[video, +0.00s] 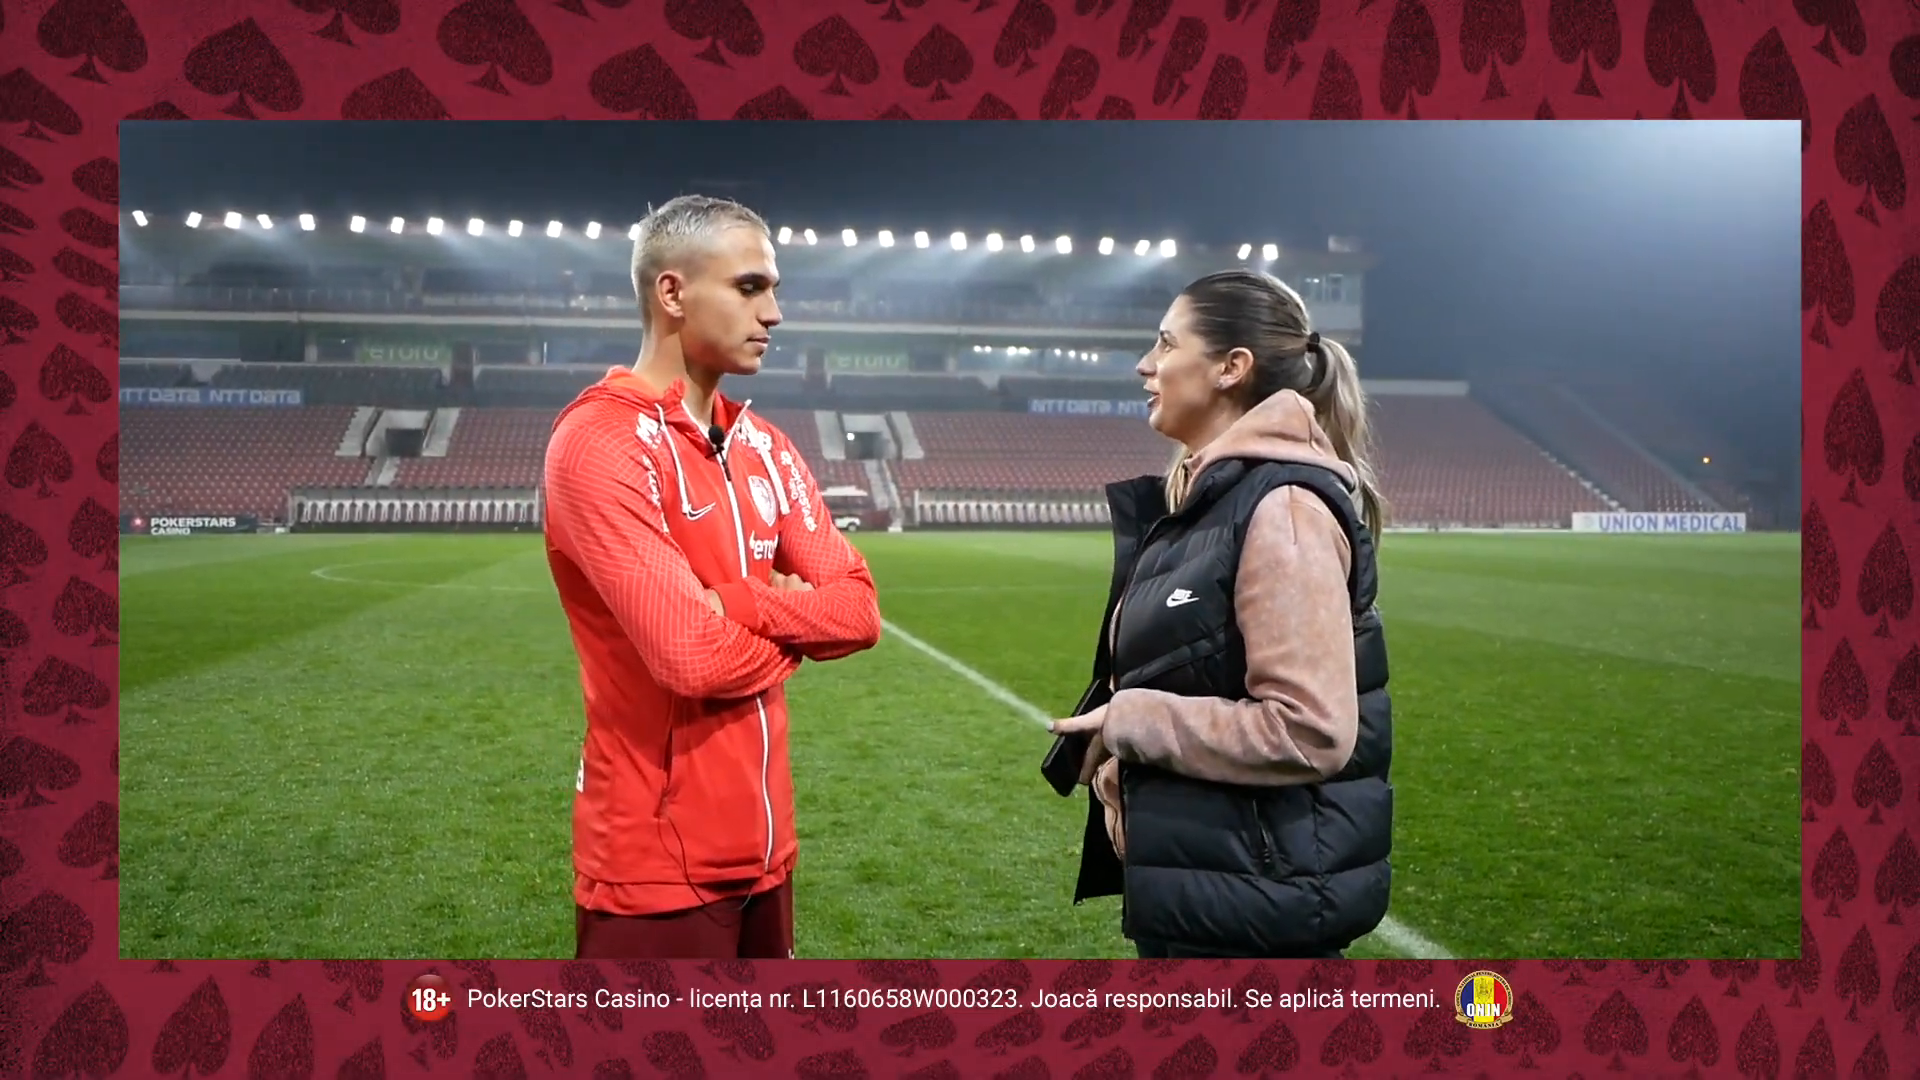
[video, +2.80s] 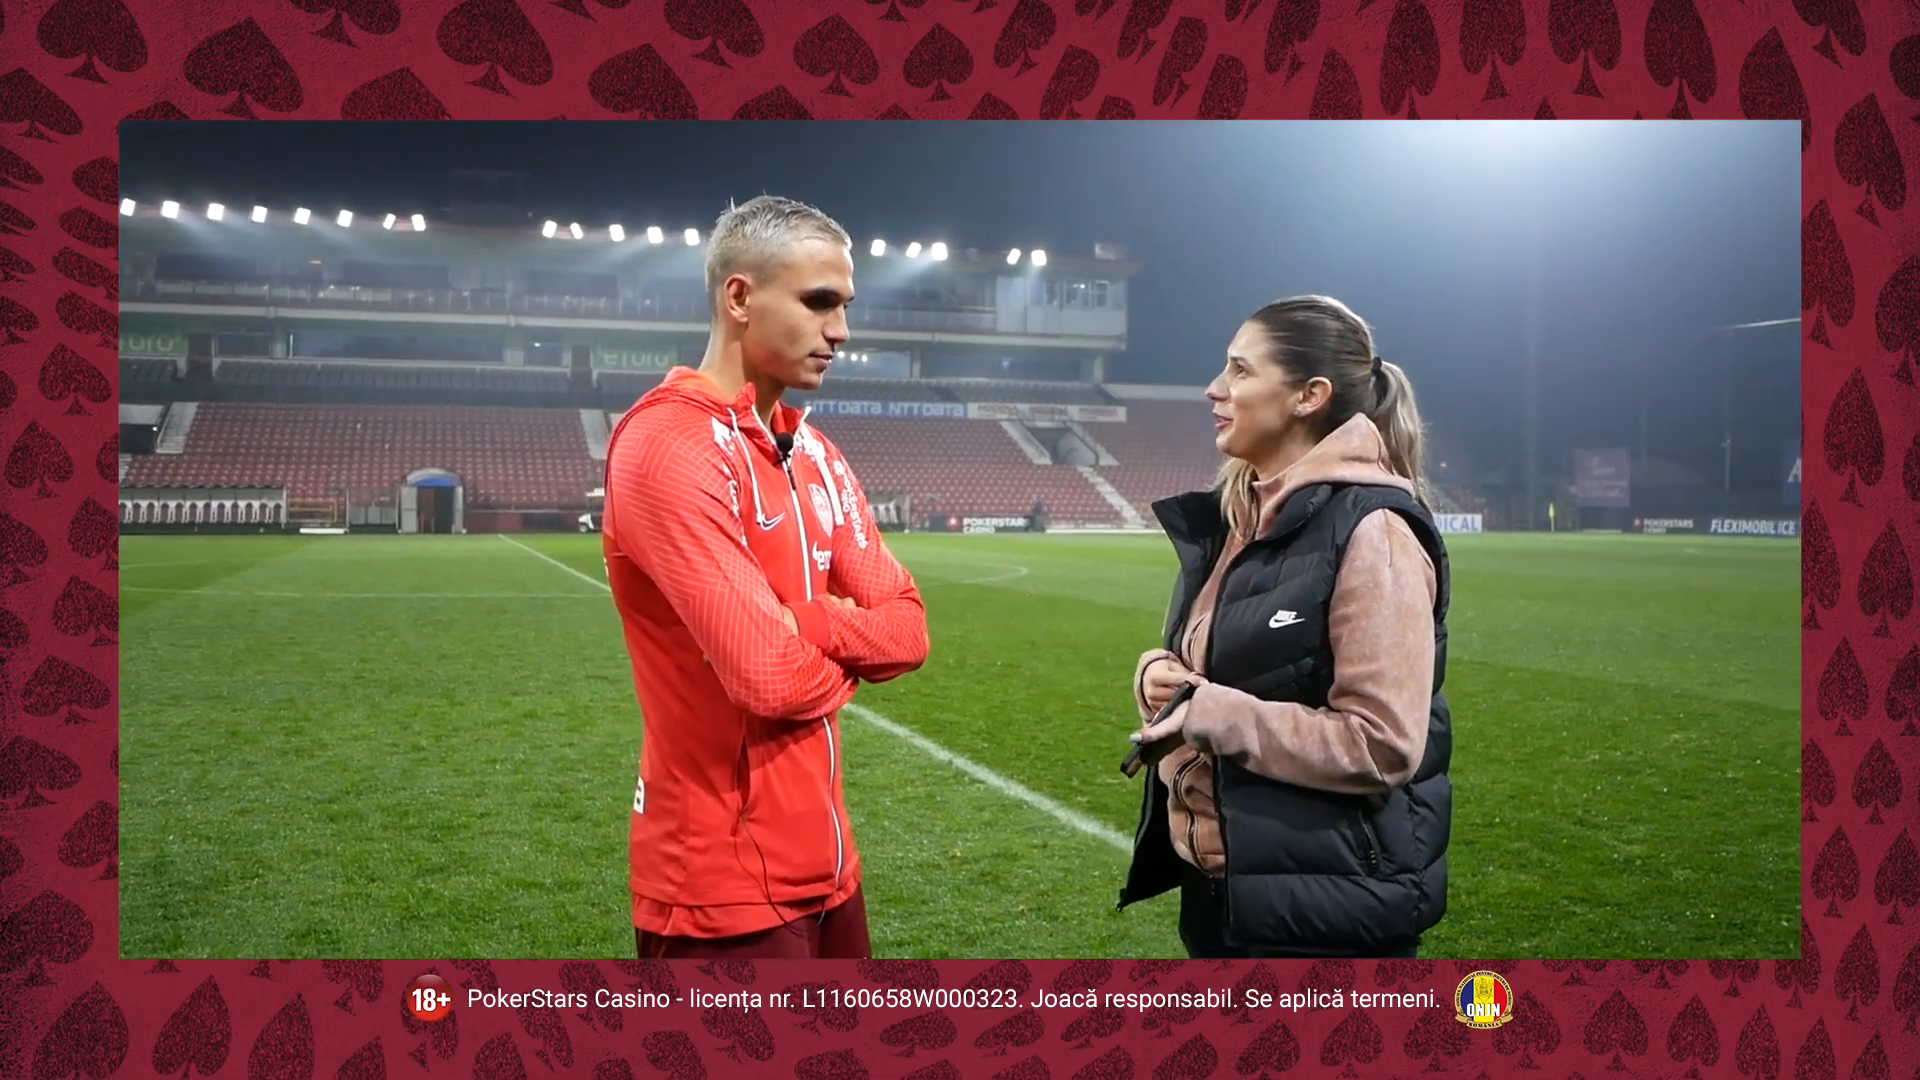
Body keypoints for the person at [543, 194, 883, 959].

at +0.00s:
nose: (774, 313)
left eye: (772, 290)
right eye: (749, 288)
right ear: (671, 293)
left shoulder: (765, 444)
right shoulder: (596, 446)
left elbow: (858, 612)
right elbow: (691, 662)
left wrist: (724, 602)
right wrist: (796, 627)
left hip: (760, 844)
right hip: (654, 855)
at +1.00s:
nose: (822, 333)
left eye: (823, 309)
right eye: (799, 307)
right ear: (721, 309)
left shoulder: (812, 455)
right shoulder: (655, 459)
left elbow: (908, 620)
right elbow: (758, 676)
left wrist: (790, 616)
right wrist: (852, 646)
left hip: (813, 847)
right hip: (719, 861)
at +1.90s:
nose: (826, 350)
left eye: (833, 327)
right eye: (806, 323)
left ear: (836, 323)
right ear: (733, 313)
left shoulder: (823, 456)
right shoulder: (663, 456)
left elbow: (907, 627)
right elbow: (748, 679)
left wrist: (782, 619)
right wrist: (846, 650)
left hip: (812, 841)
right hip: (714, 853)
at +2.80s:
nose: (841, 331)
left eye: (844, 307)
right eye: (819, 302)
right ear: (738, 298)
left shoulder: (815, 451)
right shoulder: (665, 449)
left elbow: (909, 630)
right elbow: (768, 681)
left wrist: (801, 621)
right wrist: (852, 652)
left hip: (822, 861)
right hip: (720, 881)